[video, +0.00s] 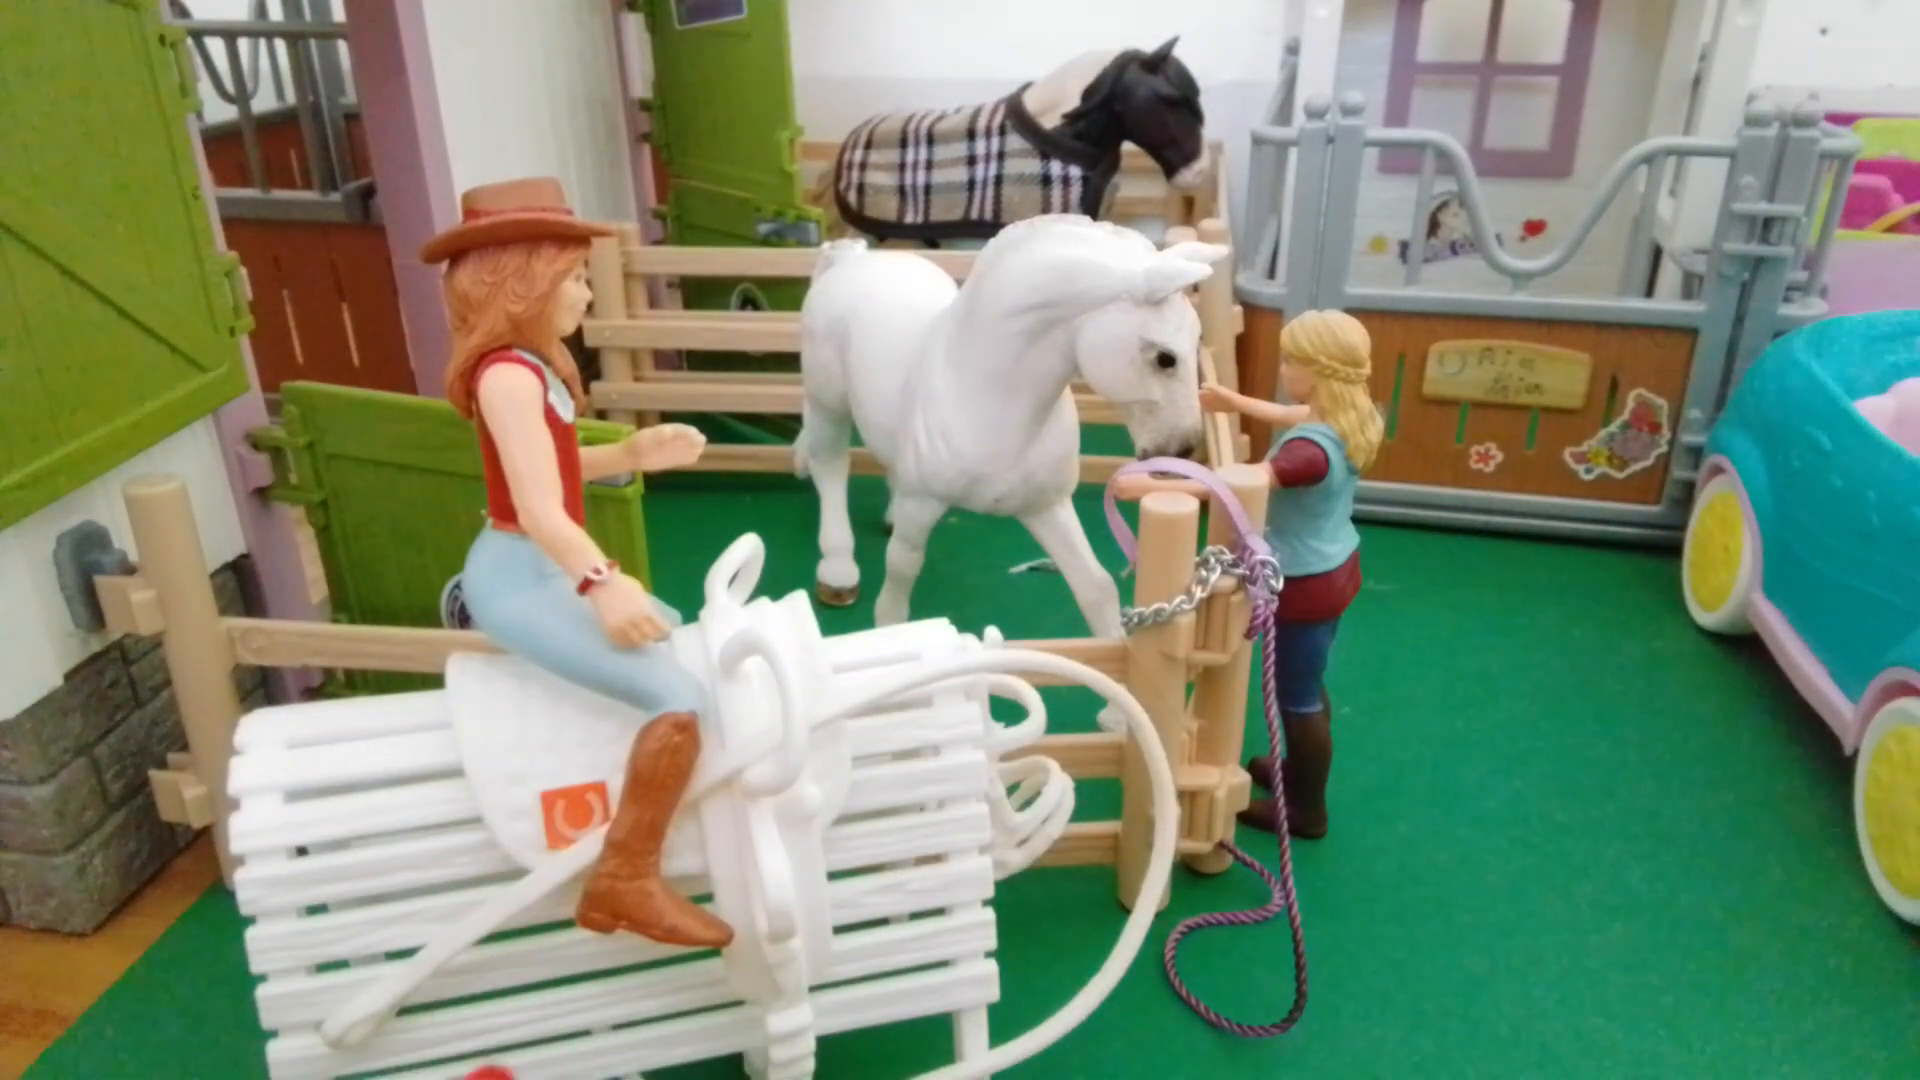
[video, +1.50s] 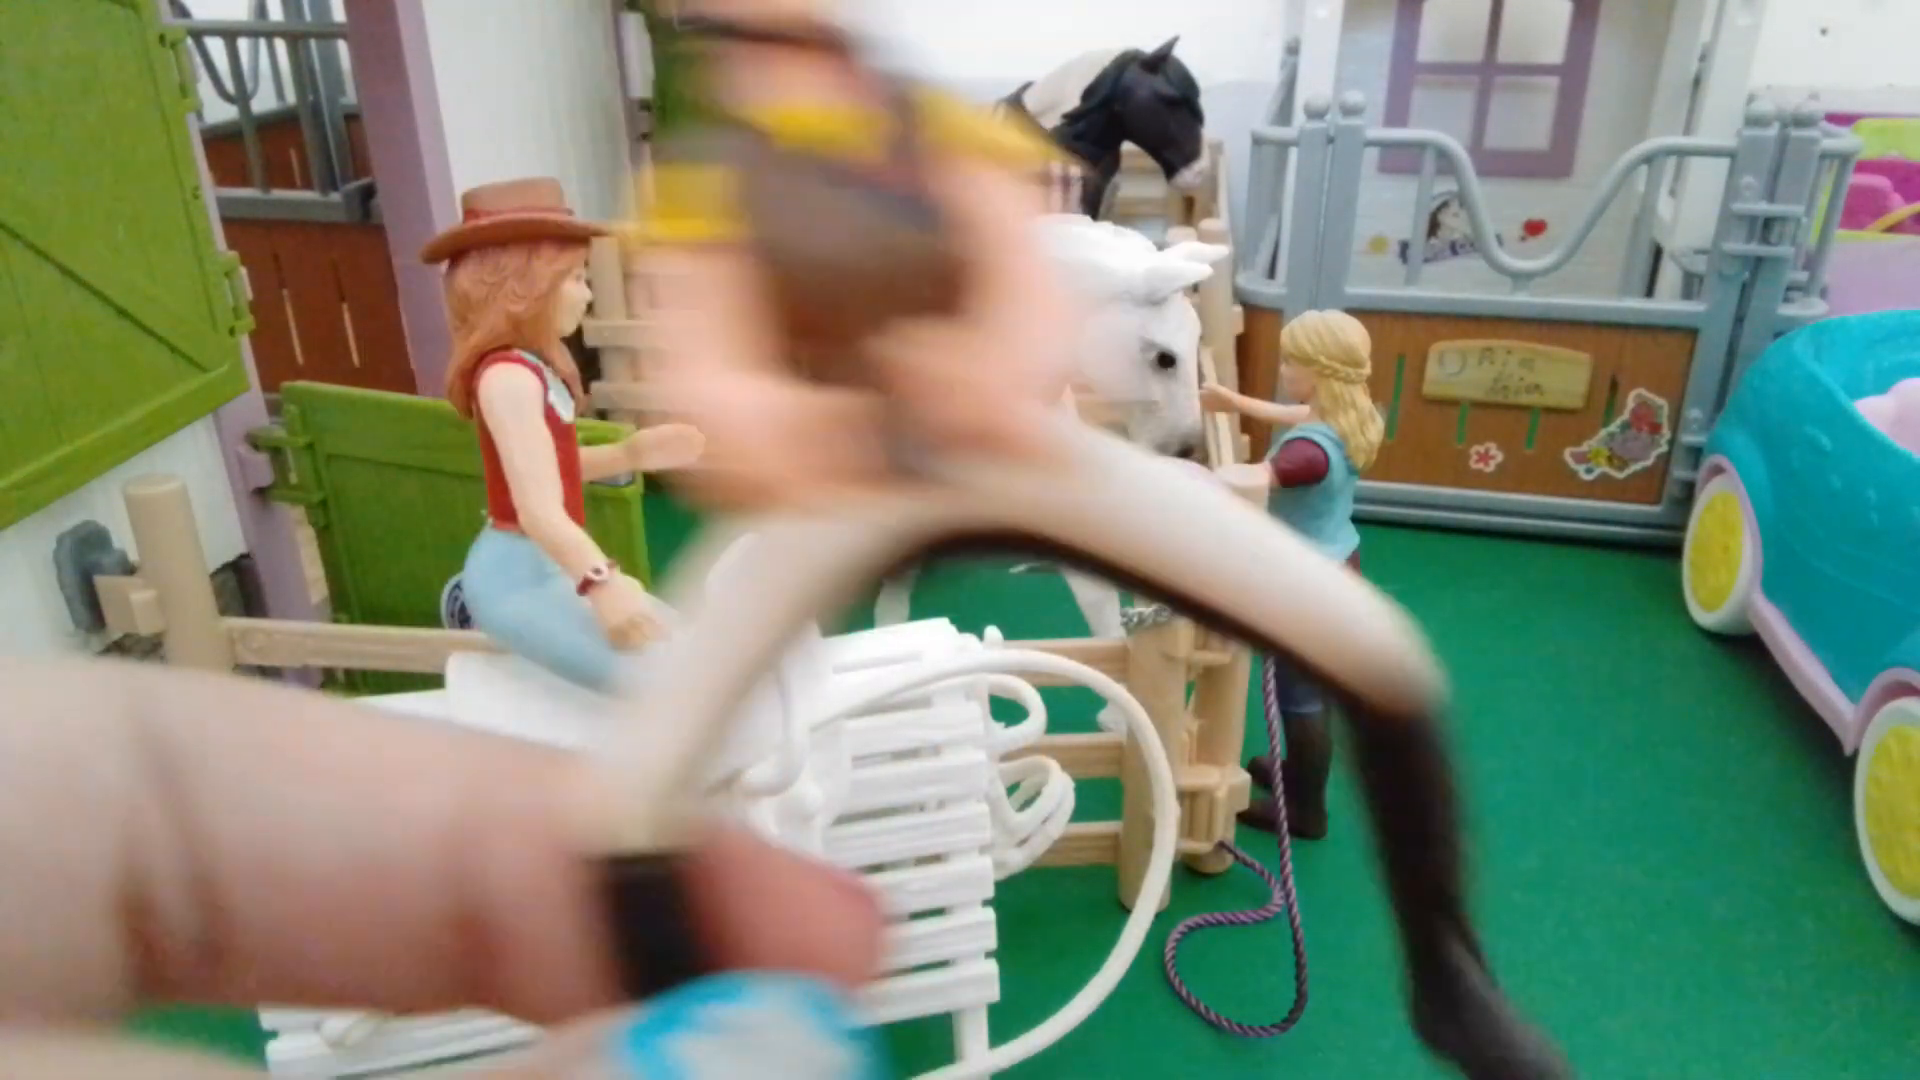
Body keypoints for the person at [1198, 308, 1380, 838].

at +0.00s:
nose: (1282, 370)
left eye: (1289, 361)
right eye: (1284, 360)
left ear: (1318, 372)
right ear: (1337, 372)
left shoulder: (1315, 447)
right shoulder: (1348, 417)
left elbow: (1252, 478)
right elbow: (1288, 416)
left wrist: (1165, 484)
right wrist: (1235, 400)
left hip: (1304, 587)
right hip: (1332, 566)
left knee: (1299, 699)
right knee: (1301, 681)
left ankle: (1304, 811)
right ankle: (1300, 773)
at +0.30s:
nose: (1281, 370)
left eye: (1290, 361)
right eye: (1284, 360)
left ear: (1318, 372)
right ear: (1335, 373)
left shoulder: (1314, 447)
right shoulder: (1347, 417)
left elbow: (1244, 478)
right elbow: (1288, 416)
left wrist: (1159, 484)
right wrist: (1235, 400)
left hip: (1304, 588)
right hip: (1331, 568)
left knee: (1299, 701)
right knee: (1301, 682)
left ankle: (1304, 812)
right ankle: (1299, 775)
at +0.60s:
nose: (1282, 371)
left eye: (1290, 362)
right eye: (1284, 360)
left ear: (1318, 372)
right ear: (1337, 372)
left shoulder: (1314, 447)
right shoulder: (1348, 417)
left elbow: (1248, 479)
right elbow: (1289, 416)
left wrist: (1164, 484)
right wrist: (1235, 400)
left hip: (1305, 588)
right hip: (1333, 565)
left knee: (1299, 699)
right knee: (1300, 680)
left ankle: (1303, 812)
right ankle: (1298, 773)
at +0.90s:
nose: (1282, 370)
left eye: (1290, 361)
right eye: (1285, 360)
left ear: (1318, 372)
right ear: (1336, 372)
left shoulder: (1314, 448)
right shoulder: (1346, 416)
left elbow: (1238, 482)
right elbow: (1286, 416)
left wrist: (1157, 484)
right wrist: (1231, 398)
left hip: (1312, 585)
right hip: (1336, 564)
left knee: (1295, 691)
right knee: (1302, 680)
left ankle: (1297, 806)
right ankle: (1292, 774)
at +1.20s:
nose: (1280, 371)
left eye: (1289, 361)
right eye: (1283, 360)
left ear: (1317, 373)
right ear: (1335, 373)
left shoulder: (1315, 448)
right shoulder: (1344, 419)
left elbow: (1253, 488)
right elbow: (1286, 416)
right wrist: (1233, 400)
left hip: (1316, 575)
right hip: (1337, 561)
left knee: (1295, 686)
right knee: (1309, 674)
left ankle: (1299, 807)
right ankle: (1300, 769)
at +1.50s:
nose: (1281, 371)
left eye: (1290, 363)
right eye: (1284, 361)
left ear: (1317, 374)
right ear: (1336, 373)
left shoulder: (1315, 448)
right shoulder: (1346, 419)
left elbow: (1253, 479)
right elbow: (1292, 415)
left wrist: (1193, 479)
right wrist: (1236, 401)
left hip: (1309, 579)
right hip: (1333, 565)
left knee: (1297, 691)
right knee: (1299, 676)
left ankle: (1302, 809)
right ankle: (1298, 771)